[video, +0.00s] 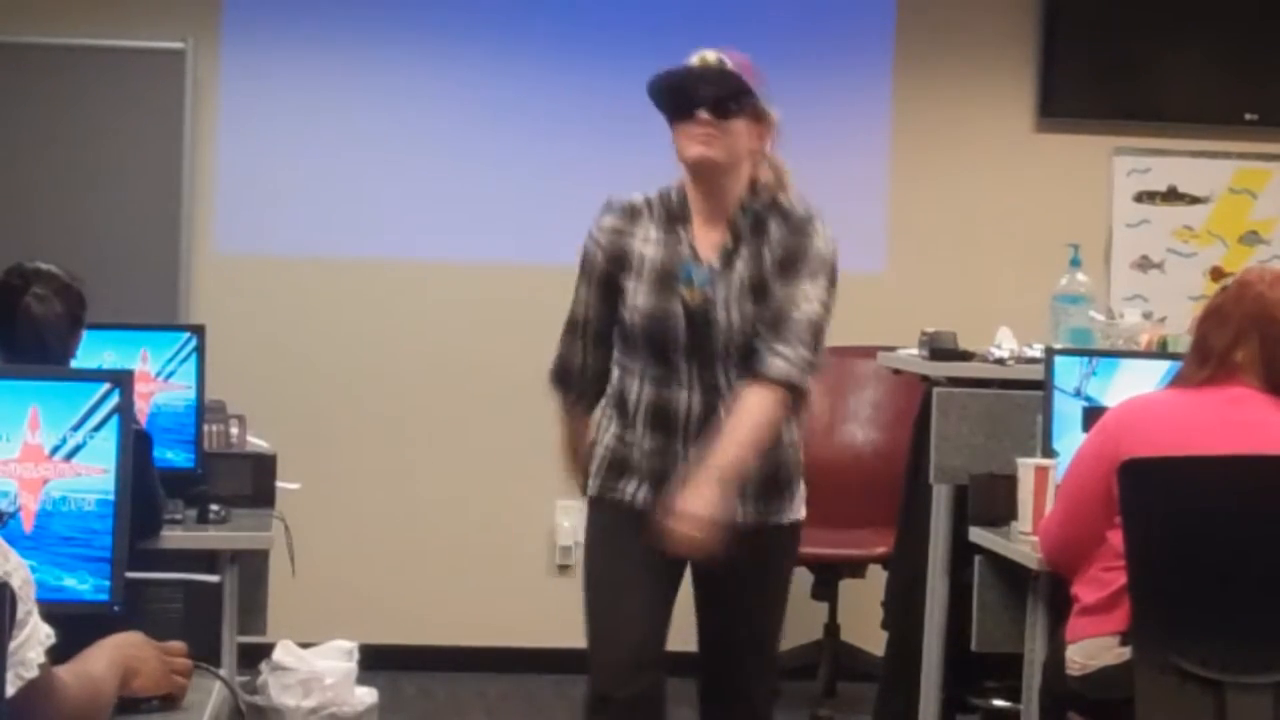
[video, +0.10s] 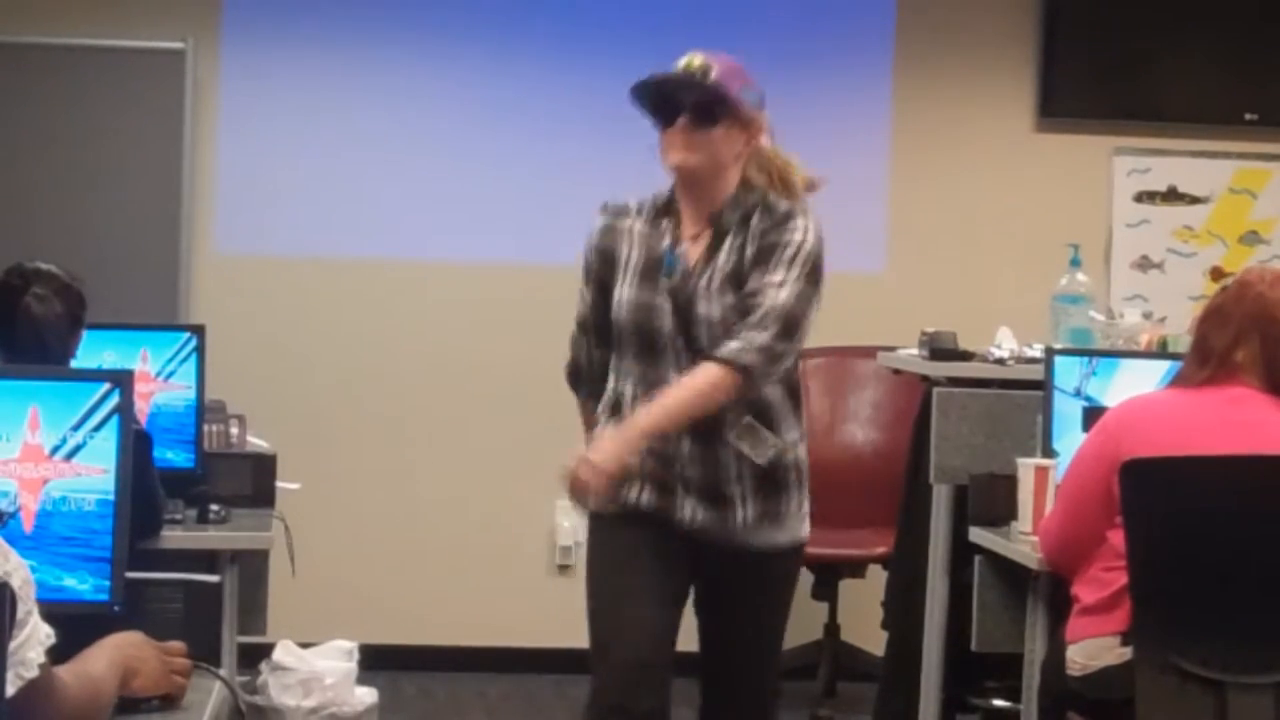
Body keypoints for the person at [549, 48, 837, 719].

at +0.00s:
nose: (703, 119)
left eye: (725, 108)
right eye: (688, 107)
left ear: (761, 133)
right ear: (671, 129)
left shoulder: (800, 238)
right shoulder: (623, 227)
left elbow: (780, 374)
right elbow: (579, 372)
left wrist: (712, 479)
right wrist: (590, 476)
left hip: (755, 501)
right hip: (633, 492)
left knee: (739, 699)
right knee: (619, 692)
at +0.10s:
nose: (682, 129)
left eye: (705, 115)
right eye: (671, 115)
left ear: (750, 135)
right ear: (659, 129)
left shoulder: (789, 232)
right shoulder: (619, 231)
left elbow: (746, 359)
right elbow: (588, 368)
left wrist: (624, 438)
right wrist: (605, 459)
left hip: (752, 511)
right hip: (636, 504)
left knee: (739, 706)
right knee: (623, 697)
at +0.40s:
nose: (615, 149)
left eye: (637, 129)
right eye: (610, 131)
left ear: (688, 143)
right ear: (608, 141)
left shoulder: (751, 239)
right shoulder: (585, 258)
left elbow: (733, 383)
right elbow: (567, 408)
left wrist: (659, 487)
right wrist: (558, 541)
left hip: (731, 529)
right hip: (607, 529)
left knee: (727, 711)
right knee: (597, 707)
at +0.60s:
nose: (596, 128)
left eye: (620, 112)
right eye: (590, 112)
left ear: (676, 128)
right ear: (585, 121)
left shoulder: (747, 224)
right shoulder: (558, 245)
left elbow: (804, 377)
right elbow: (505, 393)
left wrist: (800, 509)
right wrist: (492, 528)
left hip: (728, 516)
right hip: (599, 517)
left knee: (739, 706)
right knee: (592, 706)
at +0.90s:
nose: (660, 144)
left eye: (685, 129)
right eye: (641, 128)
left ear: (721, 146)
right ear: (621, 146)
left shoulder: (777, 258)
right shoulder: (575, 257)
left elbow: (820, 407)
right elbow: (549, 404)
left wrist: (809, 523)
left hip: (730, 541)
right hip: (602, 538)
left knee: (733, 707)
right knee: (584, 708)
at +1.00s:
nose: (708, 143)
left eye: (730, 128)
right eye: (683, 126)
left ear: (753, 144)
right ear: (652, 141)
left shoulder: (797, 247)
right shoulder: (601, 235)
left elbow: (832, 395)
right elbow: (583, 366)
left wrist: (830, 506)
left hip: (751, 541)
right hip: (619, 537)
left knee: (758, 707)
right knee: (606, 708)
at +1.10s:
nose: (749, 170)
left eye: (765, 157)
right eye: (726, 152)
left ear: (778, 177)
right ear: (680, 167)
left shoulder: (811, 297)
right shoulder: (616, 277)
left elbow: (850, 448)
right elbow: (625, 402)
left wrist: (856, 577)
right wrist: (793, 455)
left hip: (771, 578)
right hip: (634, 576)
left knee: (792, 707)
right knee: (625, 709)